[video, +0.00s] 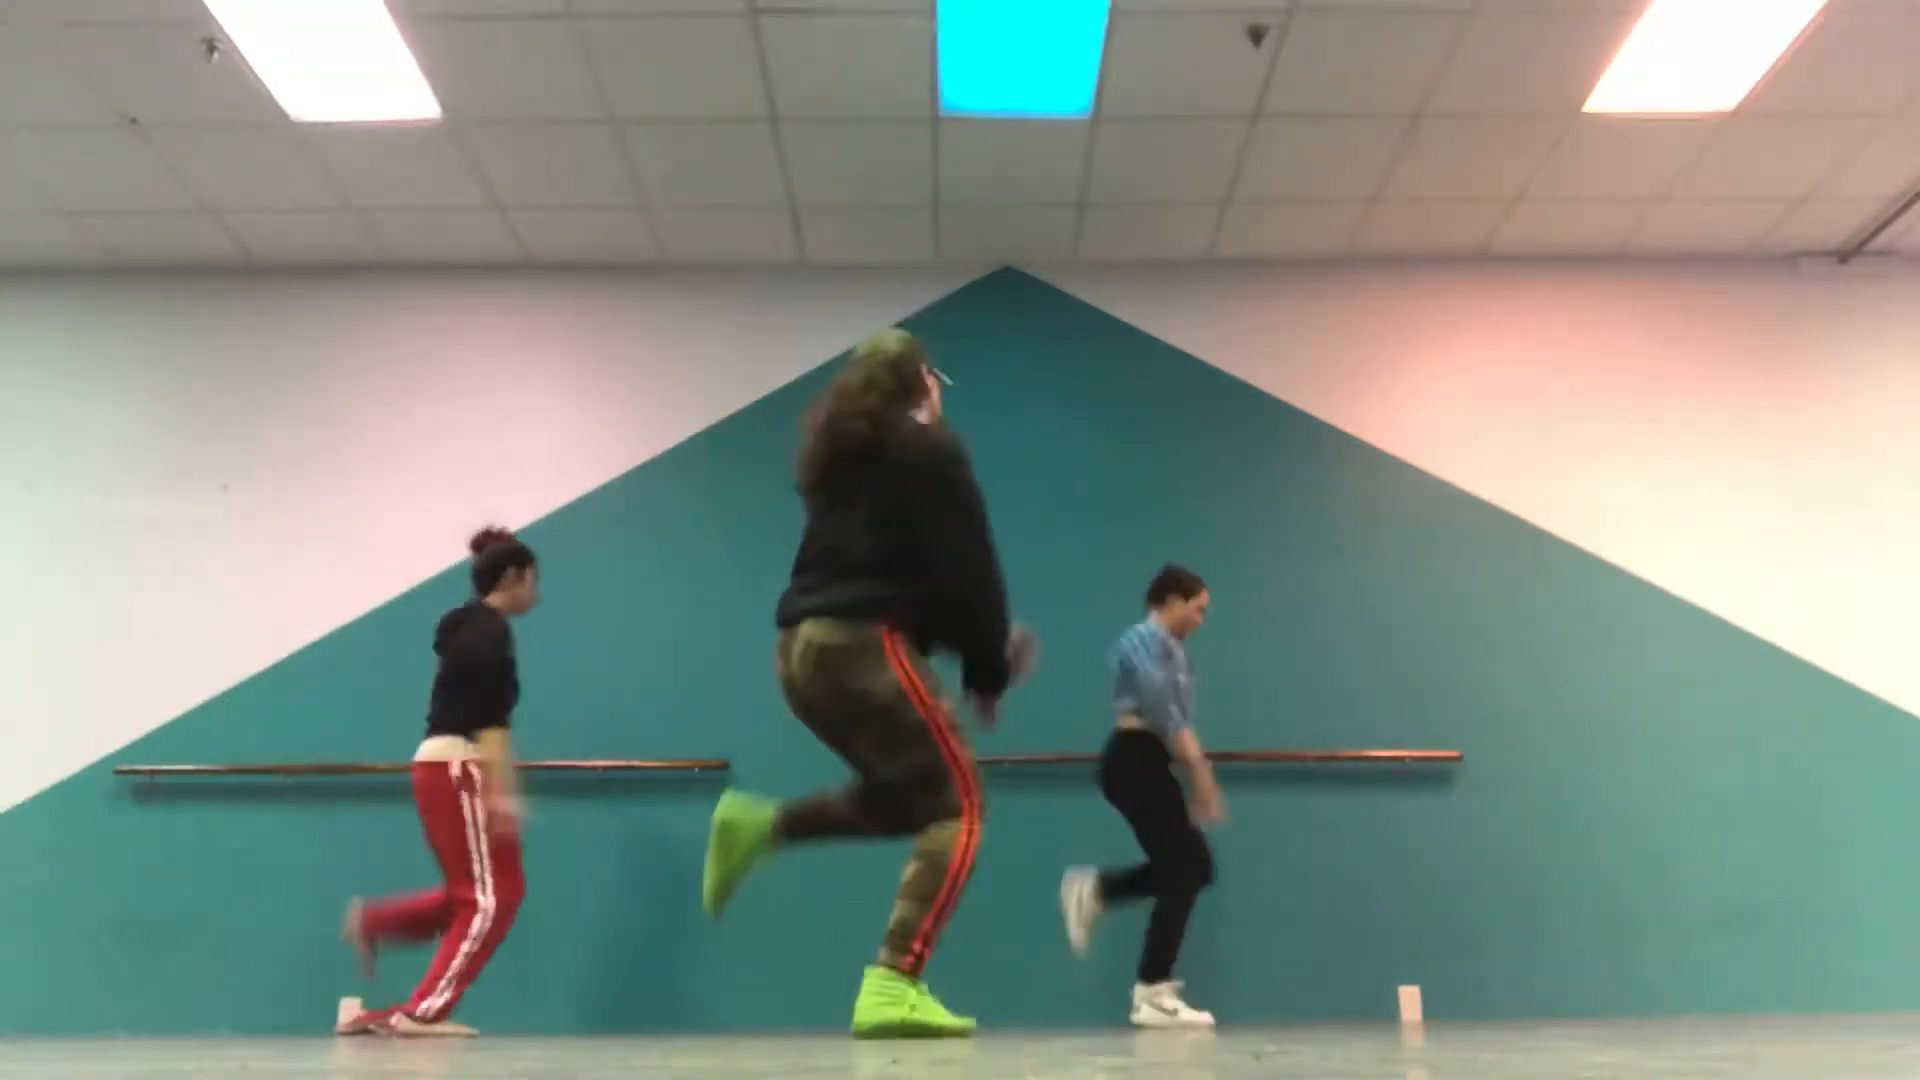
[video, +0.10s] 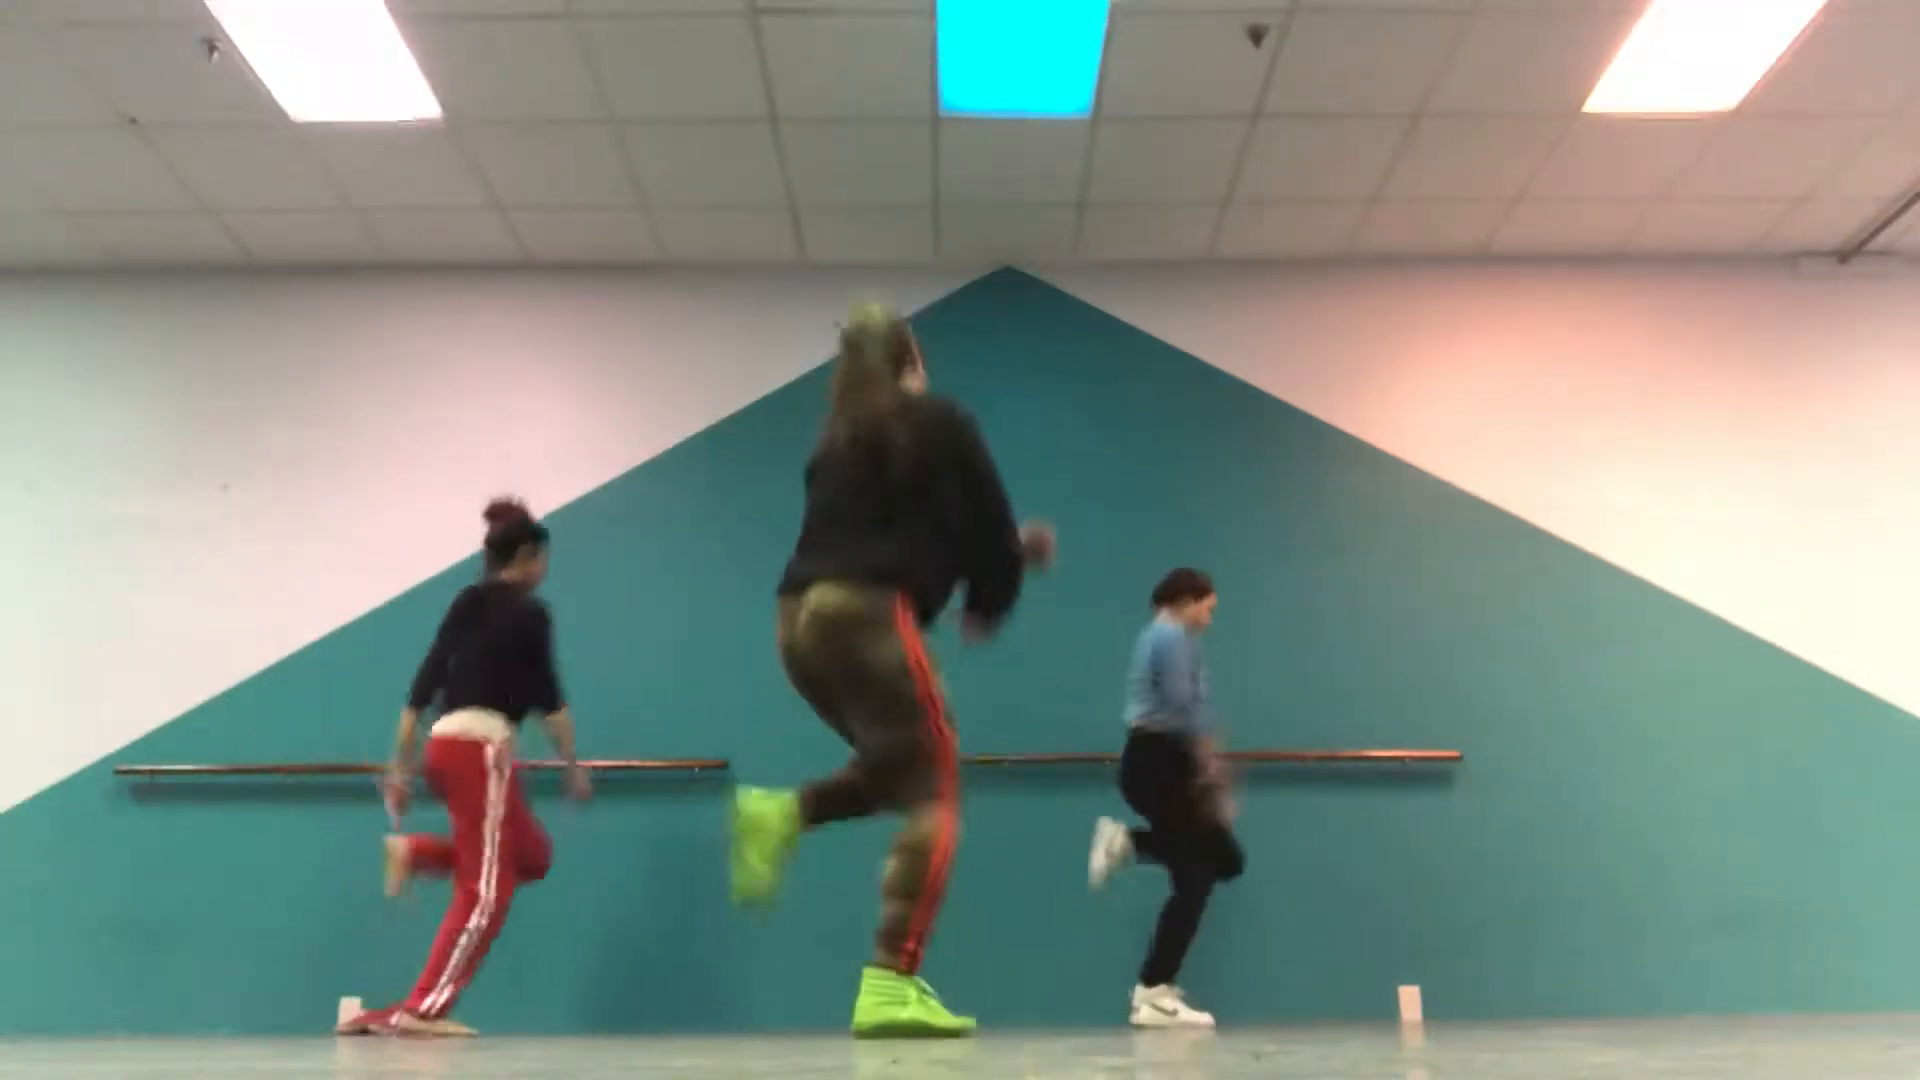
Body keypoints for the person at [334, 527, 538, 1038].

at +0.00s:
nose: (535, 592)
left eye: (534, 581)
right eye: (532, 581)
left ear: (494, 579)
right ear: (514, 579)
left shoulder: (467, 624)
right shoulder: (488, 629)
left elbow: (478, 719)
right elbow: (490, 723)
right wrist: (499, 793)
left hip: (438, 765)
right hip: (458, 767)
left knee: (472, 895)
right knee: (494, 895)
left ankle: (373, 920)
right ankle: (424, 1012)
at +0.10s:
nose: (544, 568)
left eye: (543, 557)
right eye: (541, 557)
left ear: (497, 557)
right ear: (525, 557)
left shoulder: (466, 604)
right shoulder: (528, 611)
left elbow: (421, 692)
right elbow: (548, 698)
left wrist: (400, 767)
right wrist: (571, 762)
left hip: (443, 749)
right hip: (481, 752)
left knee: (532, 856)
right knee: (484, 890)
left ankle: (416, 853)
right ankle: (422, 1010)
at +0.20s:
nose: (551, 539)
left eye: (548, 531)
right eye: (551, 531)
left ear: (504, 533)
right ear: (545, 533)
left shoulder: (472, 581)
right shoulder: (556, 587)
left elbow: (417, 651)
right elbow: (575, 665)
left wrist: (379, 722)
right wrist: (588, 728)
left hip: (453, 719)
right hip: (504, 719)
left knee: (547, 822)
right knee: (494, 851)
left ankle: (453, 884)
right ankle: (436, 981)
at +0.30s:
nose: (559, 539)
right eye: (562, 532)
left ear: (512, 532)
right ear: (559, 532)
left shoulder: (487, 578)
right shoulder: (574, 587)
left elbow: (421, 635)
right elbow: (589, 661)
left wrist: (372, 698)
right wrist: (589, 718)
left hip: (463, 715)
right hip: (520, 718)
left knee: (525, 837)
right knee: (503, 846)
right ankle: (448, 972)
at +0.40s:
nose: (570, 555)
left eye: (558, 548)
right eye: (571, 548)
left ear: (524, 551)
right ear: (570, 552)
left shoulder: (498, 599)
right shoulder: (589, 612)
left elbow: (427, 651)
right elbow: (586, 690)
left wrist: (370, 710)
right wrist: (577, 742)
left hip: (479, 737)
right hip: (541, 738)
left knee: (532, 860)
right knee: (507, 869)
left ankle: (570, 982)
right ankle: (450, 999)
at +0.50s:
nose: (572, 555)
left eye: (557, 547)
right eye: (578, 547)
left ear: (534, 549)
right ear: (582, 549)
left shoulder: (509, 601)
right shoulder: (602, 609)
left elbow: (459, 669)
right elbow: (578, 674)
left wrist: (415, 729)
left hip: (506, 738)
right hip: (568, 739)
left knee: (550, 864)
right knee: (526, 867)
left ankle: (558, 995)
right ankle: (456, 993)